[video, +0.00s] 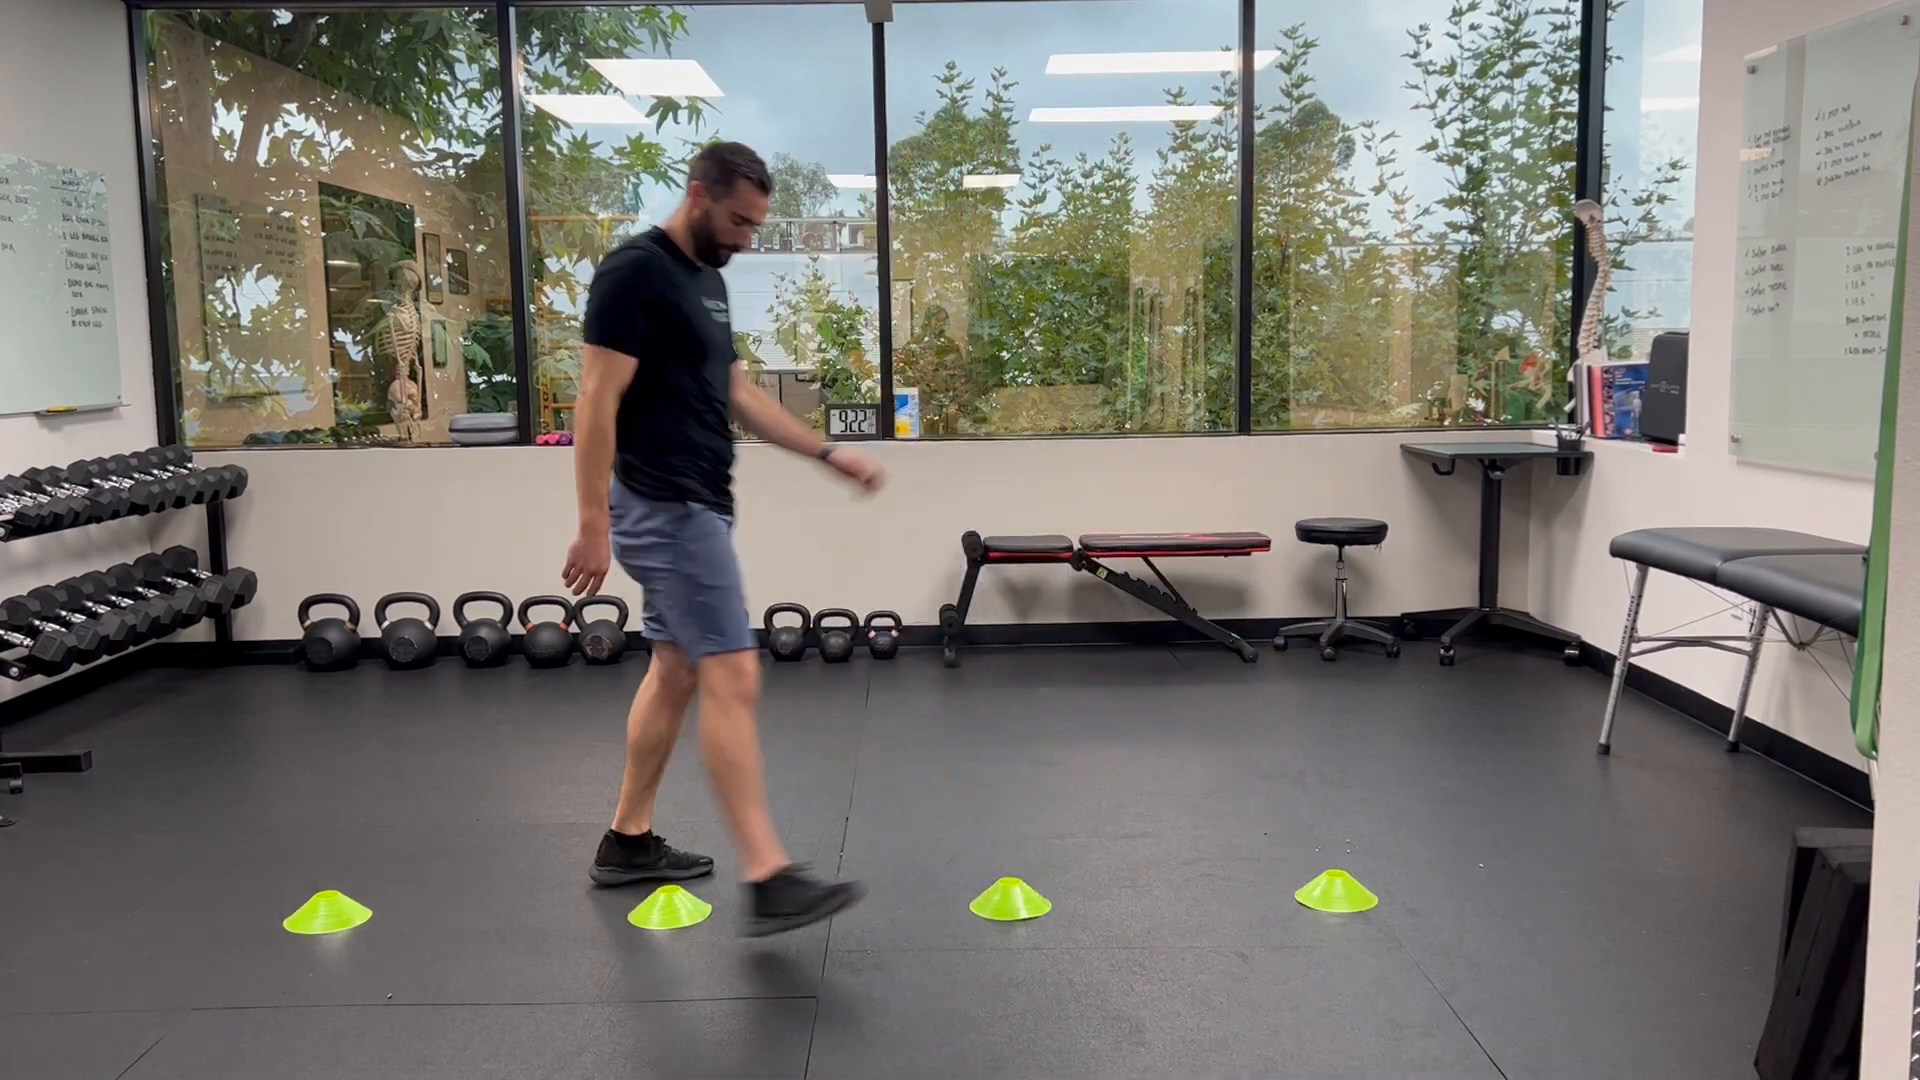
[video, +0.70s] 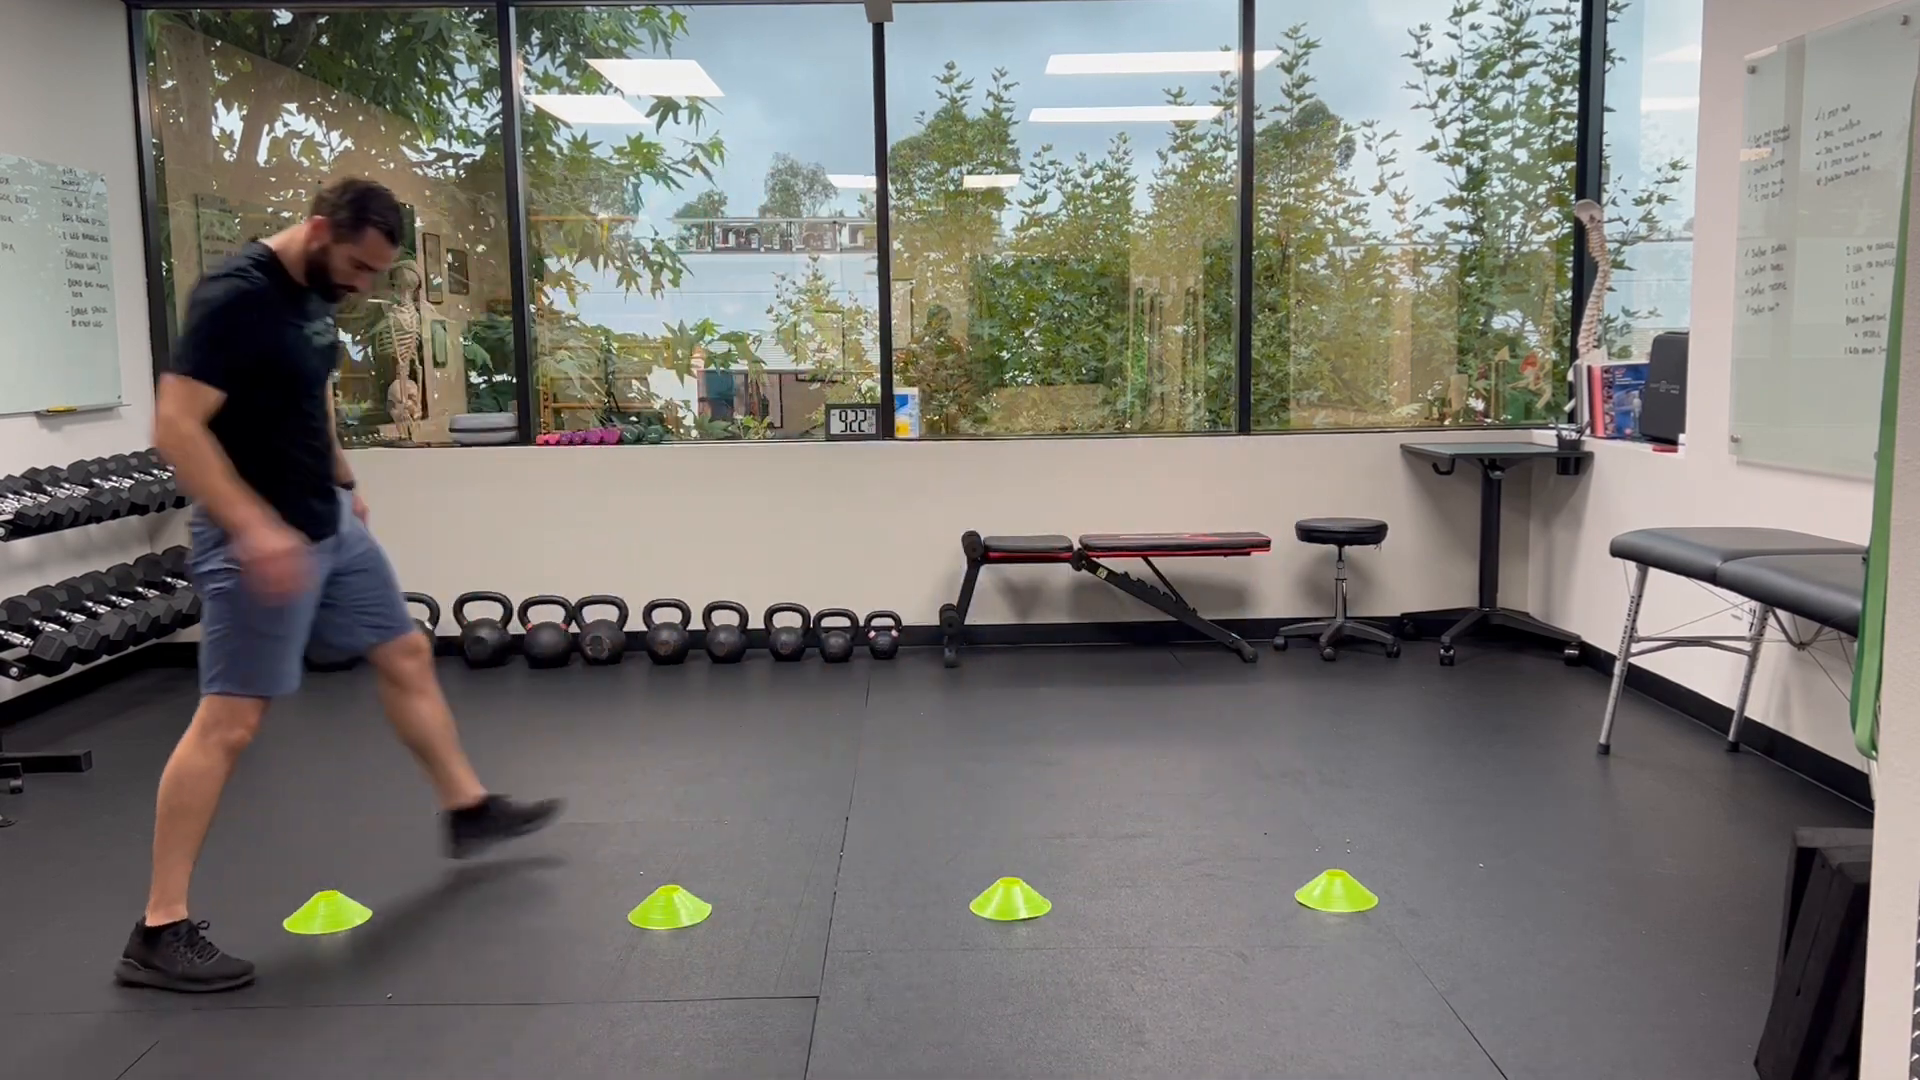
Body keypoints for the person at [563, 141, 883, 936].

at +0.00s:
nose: (744, 239)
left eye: (754, 226)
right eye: (737, 222)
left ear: (742, 214)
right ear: (697, 197)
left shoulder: (707, 281)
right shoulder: (633, 275)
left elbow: (736, 393)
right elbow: (596, 399)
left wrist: (826, 450)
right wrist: (592, 523)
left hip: (697, 508)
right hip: (662, 510)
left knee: (675, 671)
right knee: (733, 674)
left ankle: (628, 839)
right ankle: (769, 877)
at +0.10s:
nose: (706, 236)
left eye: (715, 224)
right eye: (700, 219)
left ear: (698, 211)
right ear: (657, 192)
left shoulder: (661, 269)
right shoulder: (598, 260)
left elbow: (660, 383)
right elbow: (566, 387)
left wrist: (692, 464)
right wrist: (602, 506)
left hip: (655, 498)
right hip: (623, 501)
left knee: (655, 668)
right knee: (663, 667)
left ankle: (627, 845)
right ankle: (614, 875)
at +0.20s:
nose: (669, 243)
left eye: (677, 230)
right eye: (664, 225)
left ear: (659, 213)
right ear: (623, 197)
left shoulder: (608, 271)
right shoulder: (564, 263)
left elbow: (588, 394)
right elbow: (537, 388)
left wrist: (624, 486)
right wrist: (612, 479)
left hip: (608, 499)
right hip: (563, 504)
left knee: (640, 657)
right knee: (587, 676)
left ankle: (624, 840)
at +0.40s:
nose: (564, 276)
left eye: (571, 264)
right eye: (560, 260)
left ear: (534, 237)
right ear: (519, 229)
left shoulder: (482, 286)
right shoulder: (464, 290)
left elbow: (402, 367)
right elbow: (456, 402)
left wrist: (412, 449)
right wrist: (580, 452)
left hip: (514, 537)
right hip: (450, 542)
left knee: (601, 666)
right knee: (395, 718)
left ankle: (623, 843)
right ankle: (231, 875)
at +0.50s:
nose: (489, 293)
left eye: (499, 279)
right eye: (485, 273)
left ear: (445, 247)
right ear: (442, 241)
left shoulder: (410, 306)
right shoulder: (376, 305)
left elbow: (338, 398)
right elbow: (382, 420)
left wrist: (342, 483)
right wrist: (525, 457)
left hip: (452, 550)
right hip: (376, 561)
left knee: (544, 674)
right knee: (307, 731)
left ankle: (614, 841)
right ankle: (176, 911)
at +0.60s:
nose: (415, 294)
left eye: (424, 282)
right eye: (412, 277)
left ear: (396, 254)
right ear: (372, 242)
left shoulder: (357, 306)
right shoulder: (296, 309)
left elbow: (336, 429)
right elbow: (277, 433)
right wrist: (421, 485)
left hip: (379, 547)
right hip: (305, 558)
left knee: (467, 675)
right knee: (248, 734)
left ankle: (565, 821)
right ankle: (161, 929)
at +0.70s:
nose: (361, 286)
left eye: (374, 275)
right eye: (358, 269)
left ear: (375, 260)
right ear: (321, 230)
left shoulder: (315, 292)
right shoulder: (235, 294)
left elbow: (300, 408)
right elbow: (174, 426)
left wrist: (342, 484)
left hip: (327, 524)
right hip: (255, 536)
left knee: (406, 656)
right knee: (226, 723)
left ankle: (469, 807)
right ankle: (161, 926)